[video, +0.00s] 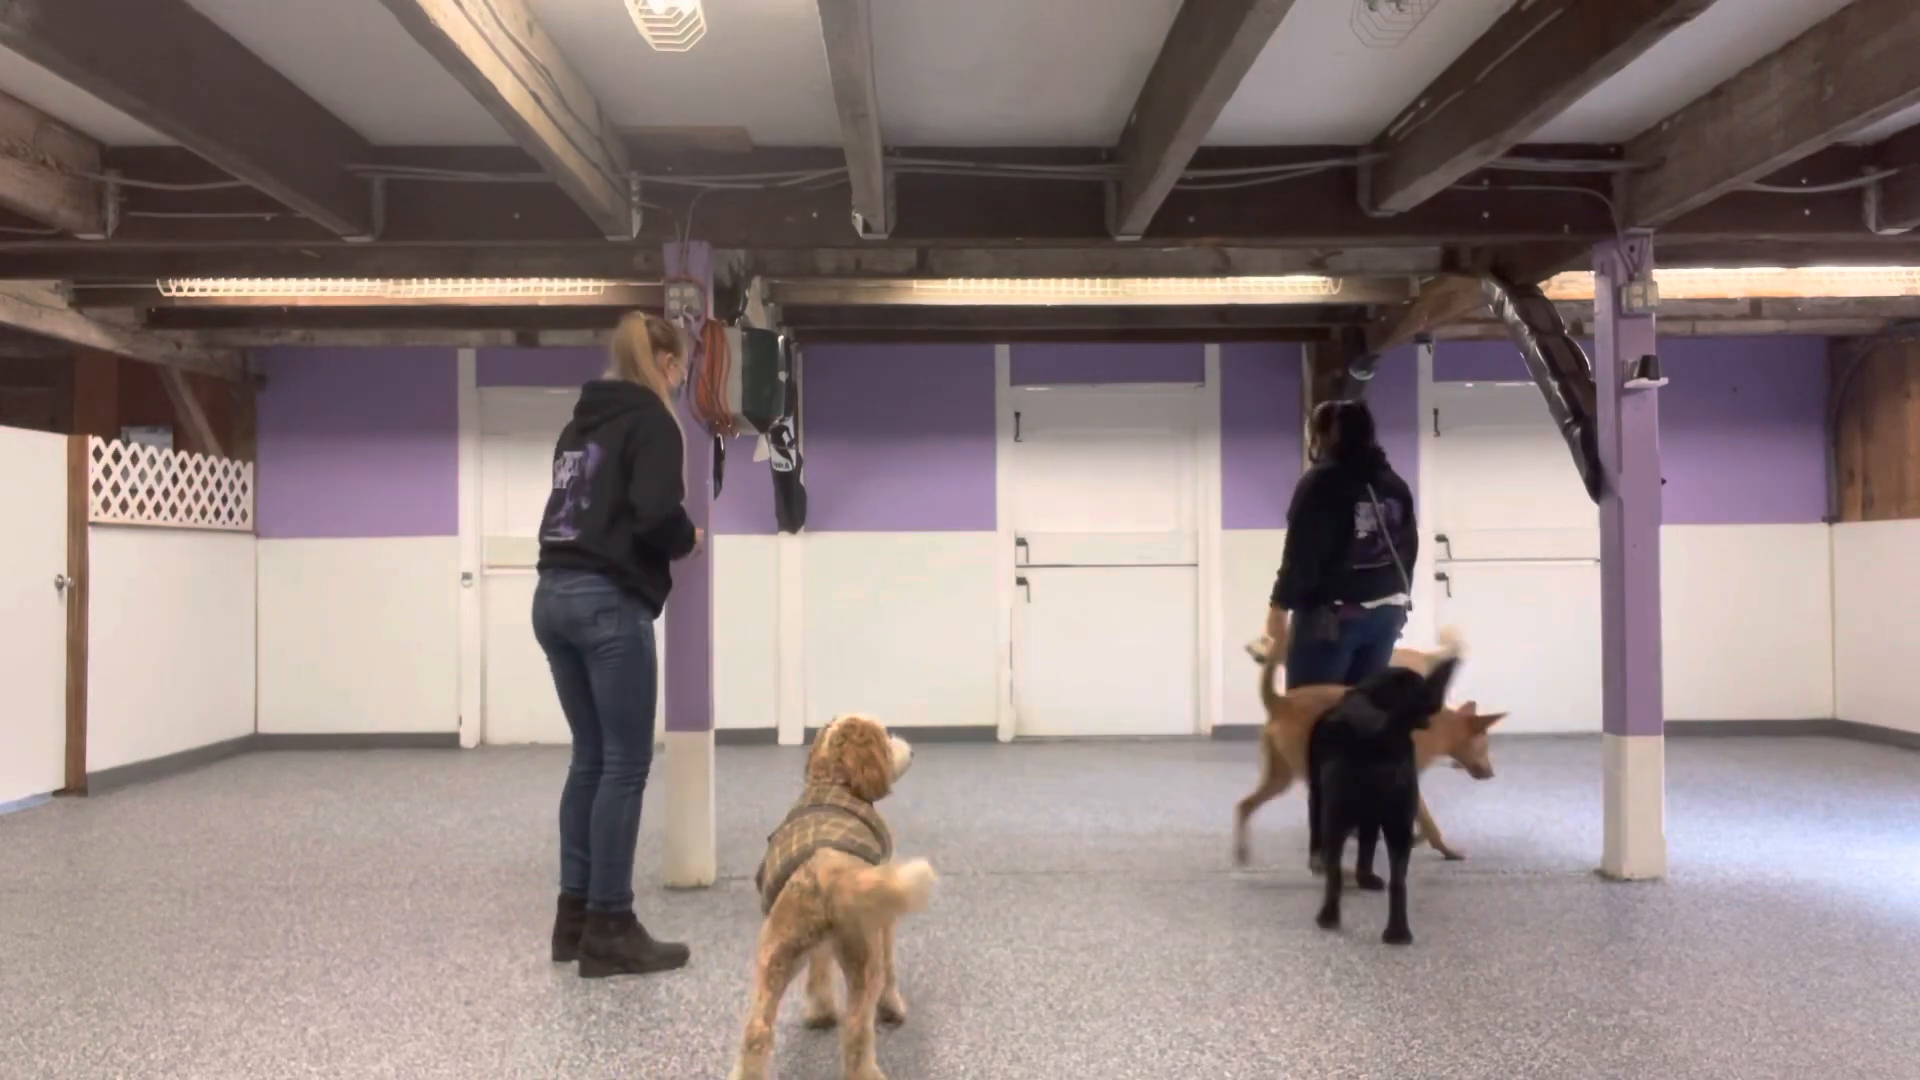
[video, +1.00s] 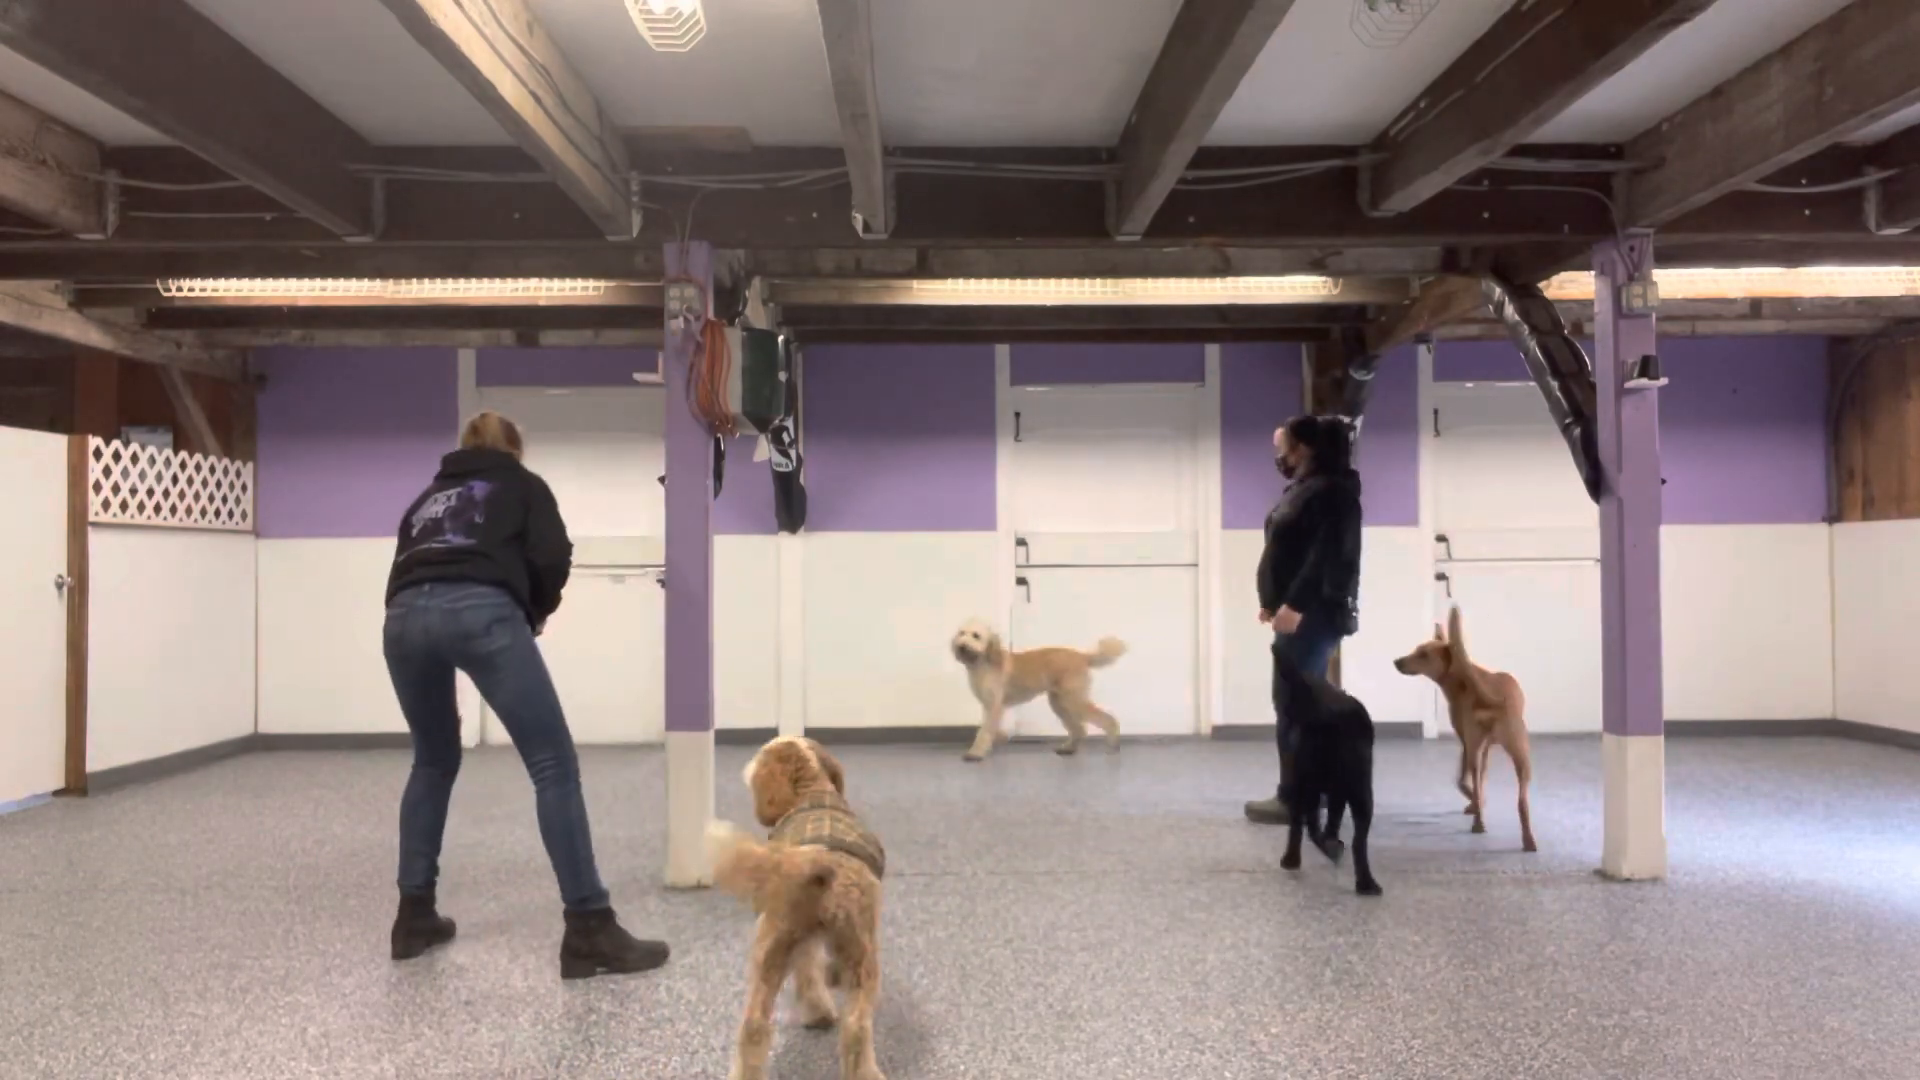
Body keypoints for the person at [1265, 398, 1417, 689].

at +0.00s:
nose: (1311, 443)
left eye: (1315, 434)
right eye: (1312, 434)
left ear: (1329, 436)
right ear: (1365, 434)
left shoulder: (1319, 483)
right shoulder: (1394, 483)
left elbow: (1300, 555)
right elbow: (1407, 547)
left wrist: (1278, 611)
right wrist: (1398, 599)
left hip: (1330, 611)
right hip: (1387, 608)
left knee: (1307, 713)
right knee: (1362, 711)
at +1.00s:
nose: (1282, 457)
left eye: (1287, 448)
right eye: (1282, 449)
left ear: (1307, 448)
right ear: (1305, 450)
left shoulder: (1333, 489)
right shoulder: (1301, 488)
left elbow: (1327, 554)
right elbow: (1290, 549)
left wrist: (1296, 604)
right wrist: (1271, 598)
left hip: (1315, 616)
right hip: (1295, 614)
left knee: (1294, 704)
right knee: (1292, 703)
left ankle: (1294, 795)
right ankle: (1294, 792)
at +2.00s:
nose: (1367, 468)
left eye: (1372, 459)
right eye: (1361, 461)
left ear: (1393, 448)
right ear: (1354, 457)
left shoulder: (1428, 489)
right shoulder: (1353, 489)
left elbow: (1456, 541)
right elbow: (1334, 542)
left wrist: (1434, 580)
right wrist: (1322, 593)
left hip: (1410, 606)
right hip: (1356, 608)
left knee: (1409, 694)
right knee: (1357, 697)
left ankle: (1419, 782)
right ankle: (1361, 780)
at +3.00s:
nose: (1367, 463)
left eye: (1374, 454)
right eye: (1362, 456)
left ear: (1396, 449)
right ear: (1357, 456)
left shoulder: (1426, 488)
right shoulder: (1358, 491)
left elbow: (1447, 541)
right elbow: (1323, 511)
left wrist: (1412, 580)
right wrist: (1333, 465)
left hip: (1409, 602)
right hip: (1356, 601)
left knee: (1405, 691)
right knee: (1364, 692)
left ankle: (1414, 779)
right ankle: (1375, 775)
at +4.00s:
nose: (1364, 450)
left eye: (1373, 443)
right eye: (1359, 444)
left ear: (1395, 447)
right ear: (1353, 449)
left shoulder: (1421, 485)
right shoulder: (1352, 490)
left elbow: (1451, 535)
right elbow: (1321, 516)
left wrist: (1414, 574)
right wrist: (1329, 468)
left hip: (1405, 600)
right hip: (1355, 602)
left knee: (1410, 691)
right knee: (1369, 691)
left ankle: (1420, 781)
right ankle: (1377, 775)